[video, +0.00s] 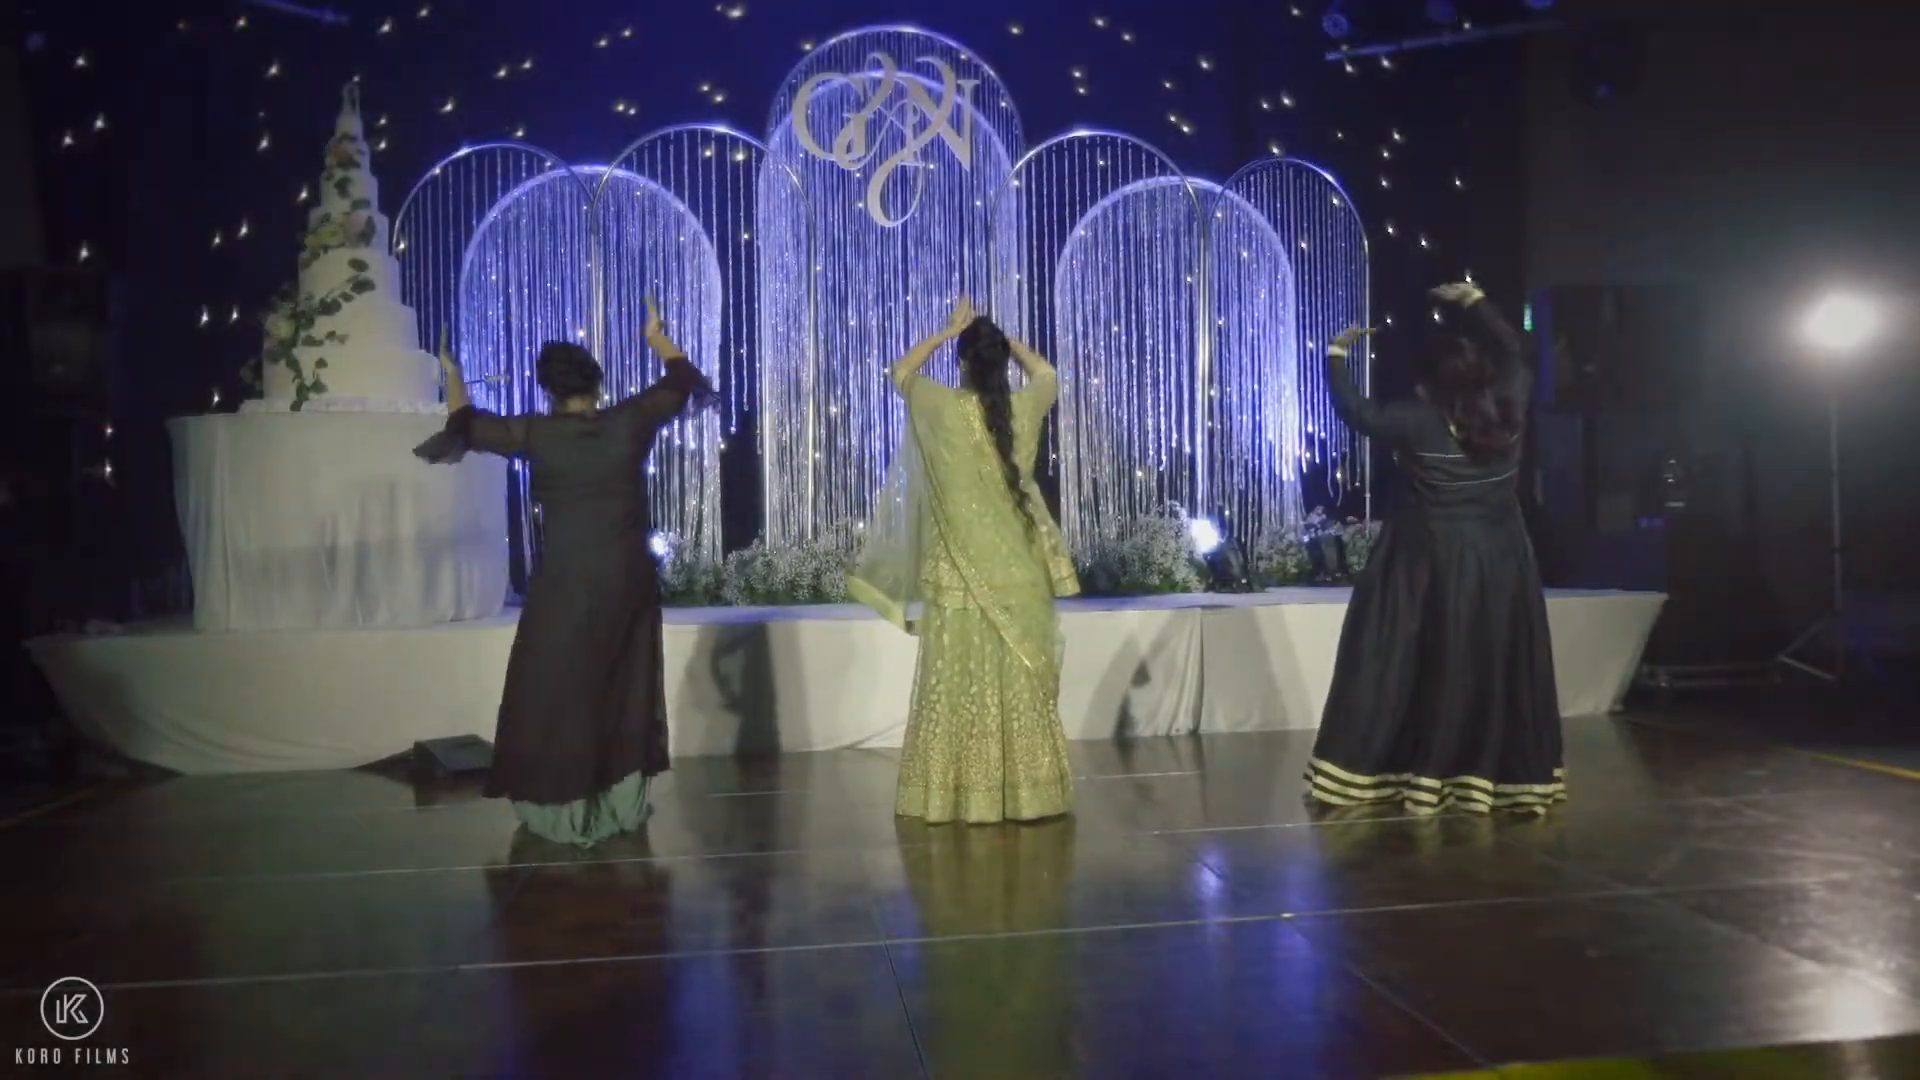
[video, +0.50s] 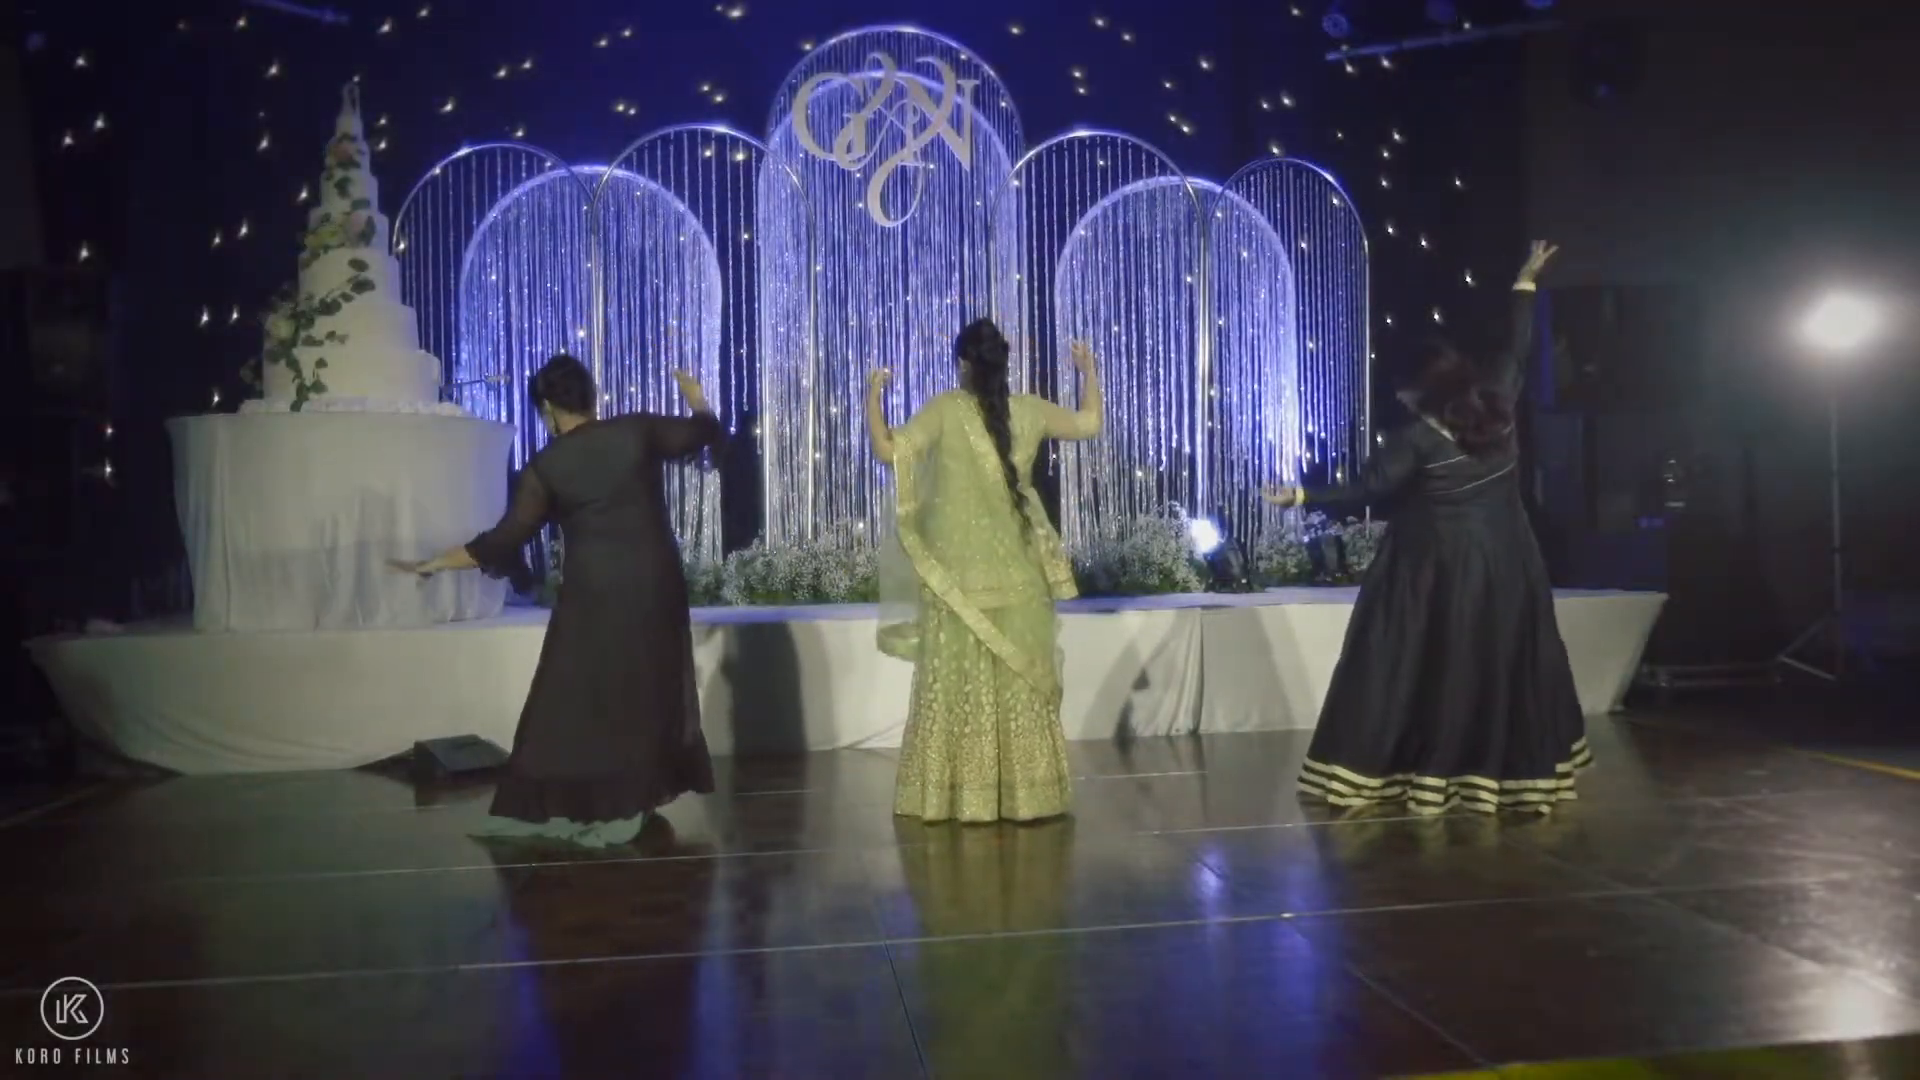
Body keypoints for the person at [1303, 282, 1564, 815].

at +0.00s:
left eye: (1435, 359)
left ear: (1430, 372)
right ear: (1486, 369)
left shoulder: (1414, 421)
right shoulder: (1508, 408)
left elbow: (1356, 410)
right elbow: (1510, 351)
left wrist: (1337, 359)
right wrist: (1476, 301)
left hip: (1431, 546)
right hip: (1499, 545)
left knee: (1422, 659)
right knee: (1495, 661)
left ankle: (1417, 782)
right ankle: (1495, 782)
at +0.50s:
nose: (1401, 398)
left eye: (1403, 390)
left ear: (1415, 391)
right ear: (1463, 375)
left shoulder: (1415, 439)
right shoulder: (1497, 409)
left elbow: (1368, 491)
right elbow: (1516, 349)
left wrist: (1305, 496)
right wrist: (1526, 283)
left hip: (1439, 568)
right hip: (1508, 561)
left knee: (1427, 670)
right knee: (1505, 669)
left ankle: (1427, 783)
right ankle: (1507, 783)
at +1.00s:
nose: (1389, 409)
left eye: (1390, 401)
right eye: (1387, 400)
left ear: (1407, 397)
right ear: (1446, 380)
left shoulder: (1406, 444)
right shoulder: (1488, 402)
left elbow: (1382, 502)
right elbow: (1514, 348)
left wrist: (1337, 550)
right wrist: (1529, 292)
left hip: (1437, 556)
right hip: (1504, 547)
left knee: (1430, 664)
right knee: (1505, 660)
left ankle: (1431, 781)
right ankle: (1508, 778)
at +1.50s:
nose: (1371, 396)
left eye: (1374, 388)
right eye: (1371, 387)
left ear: (1392, 388)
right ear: (1430, 377)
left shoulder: (1389, 436)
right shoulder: (1475, 410)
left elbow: (1360, 497)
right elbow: (1529, 391)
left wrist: (1321, 547)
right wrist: (1562, 346)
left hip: (1416, 556)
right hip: (1482, 551)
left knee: (1414, 662)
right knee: (1486, 660)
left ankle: (1419, 781)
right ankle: (1494, 778)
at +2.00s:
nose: (1294, 398)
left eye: (1298, 387)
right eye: (1292, 388)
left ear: (1319, 386)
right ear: (1331, 385)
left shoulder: (1332, 428)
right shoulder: (1353, 426)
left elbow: (1327, 487)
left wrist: (1317, 499)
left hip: (1340, 566)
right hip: (1366, 560)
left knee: (1335, 669)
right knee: (1364, 667)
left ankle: (1346, 772)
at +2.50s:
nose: (1190, 381)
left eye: (1201, 375)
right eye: (1185, 374)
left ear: (1220, 383)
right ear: (1176, 383)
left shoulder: (1249, 434)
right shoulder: (1152, 435)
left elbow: (1273, 490)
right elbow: (1127, 495)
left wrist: (1277, 539)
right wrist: (1132, 546)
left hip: (1240, 565)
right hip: (1173, 567)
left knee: (1245, 664)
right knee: (1175, 666)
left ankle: (1247, 769)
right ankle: (1176, 769)